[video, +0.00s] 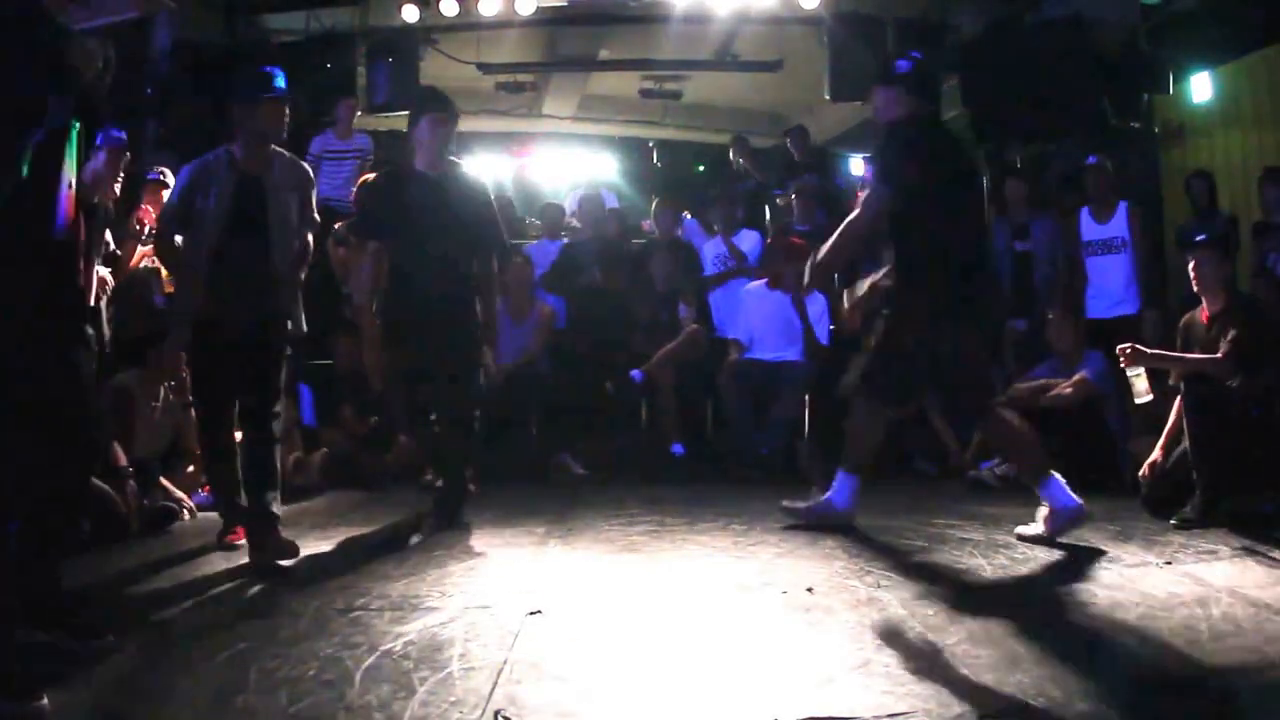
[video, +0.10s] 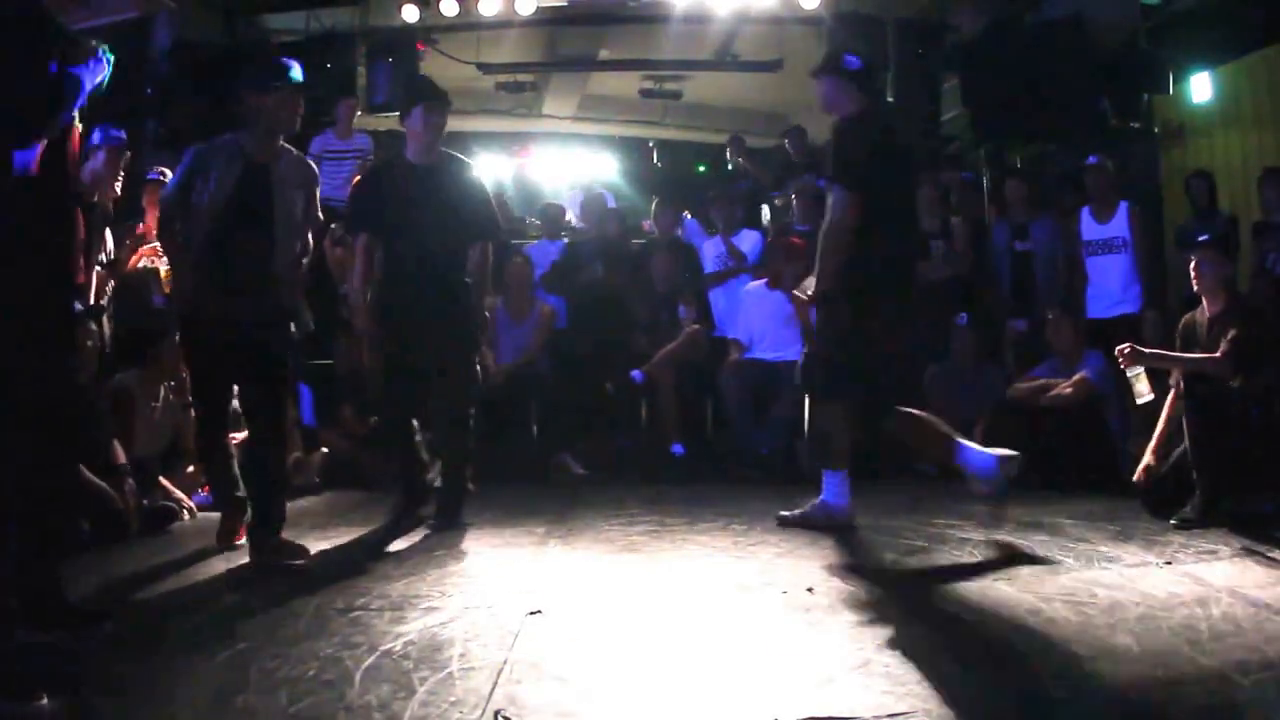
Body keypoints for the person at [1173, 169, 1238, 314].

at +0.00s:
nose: (1198, 196)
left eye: (1202, 190)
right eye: (1194, 191)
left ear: (1211, 191)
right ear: (1188, 194)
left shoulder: (1227, 223)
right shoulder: (1184, 229)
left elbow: (1231, 257)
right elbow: (1184, 260)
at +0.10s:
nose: (1198, 195)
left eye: (1202, 189)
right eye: (1194, 190)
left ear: (1211, 190)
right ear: (1187, 194)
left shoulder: (1227, 223)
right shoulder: (1184, 229)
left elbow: (1231, 257)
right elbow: (1181, 262)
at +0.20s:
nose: (1197, 195)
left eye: (1201, 188)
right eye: (1193, 189)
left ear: (1211, 190)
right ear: (1187, 194)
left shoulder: (1226, 223)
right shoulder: (1183, 229)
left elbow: (1231, 256)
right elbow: (1179, 263)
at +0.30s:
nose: (1197, 195)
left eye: (1201, 189)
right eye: (1193, 190)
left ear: (1211, 190)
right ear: (1187, 194)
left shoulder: (1227, 223)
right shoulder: (1183, 229)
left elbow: (1232, 256)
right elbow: (1179, 263)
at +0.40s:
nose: (1197, 195)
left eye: (1201, 188)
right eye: (1193, 190)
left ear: (1210, 190)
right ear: (1187, 194)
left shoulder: (1227, 223)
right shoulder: (1182, 230)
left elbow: (1232, 258)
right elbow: (1180, 265)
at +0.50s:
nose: (1198, 195)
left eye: (1202, 189)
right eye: (1193, 190)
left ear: (1211, 190)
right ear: (1187, 194)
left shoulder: (1227, 224)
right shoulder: (1182, 230)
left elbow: (1233, 259)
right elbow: (1180, 265)